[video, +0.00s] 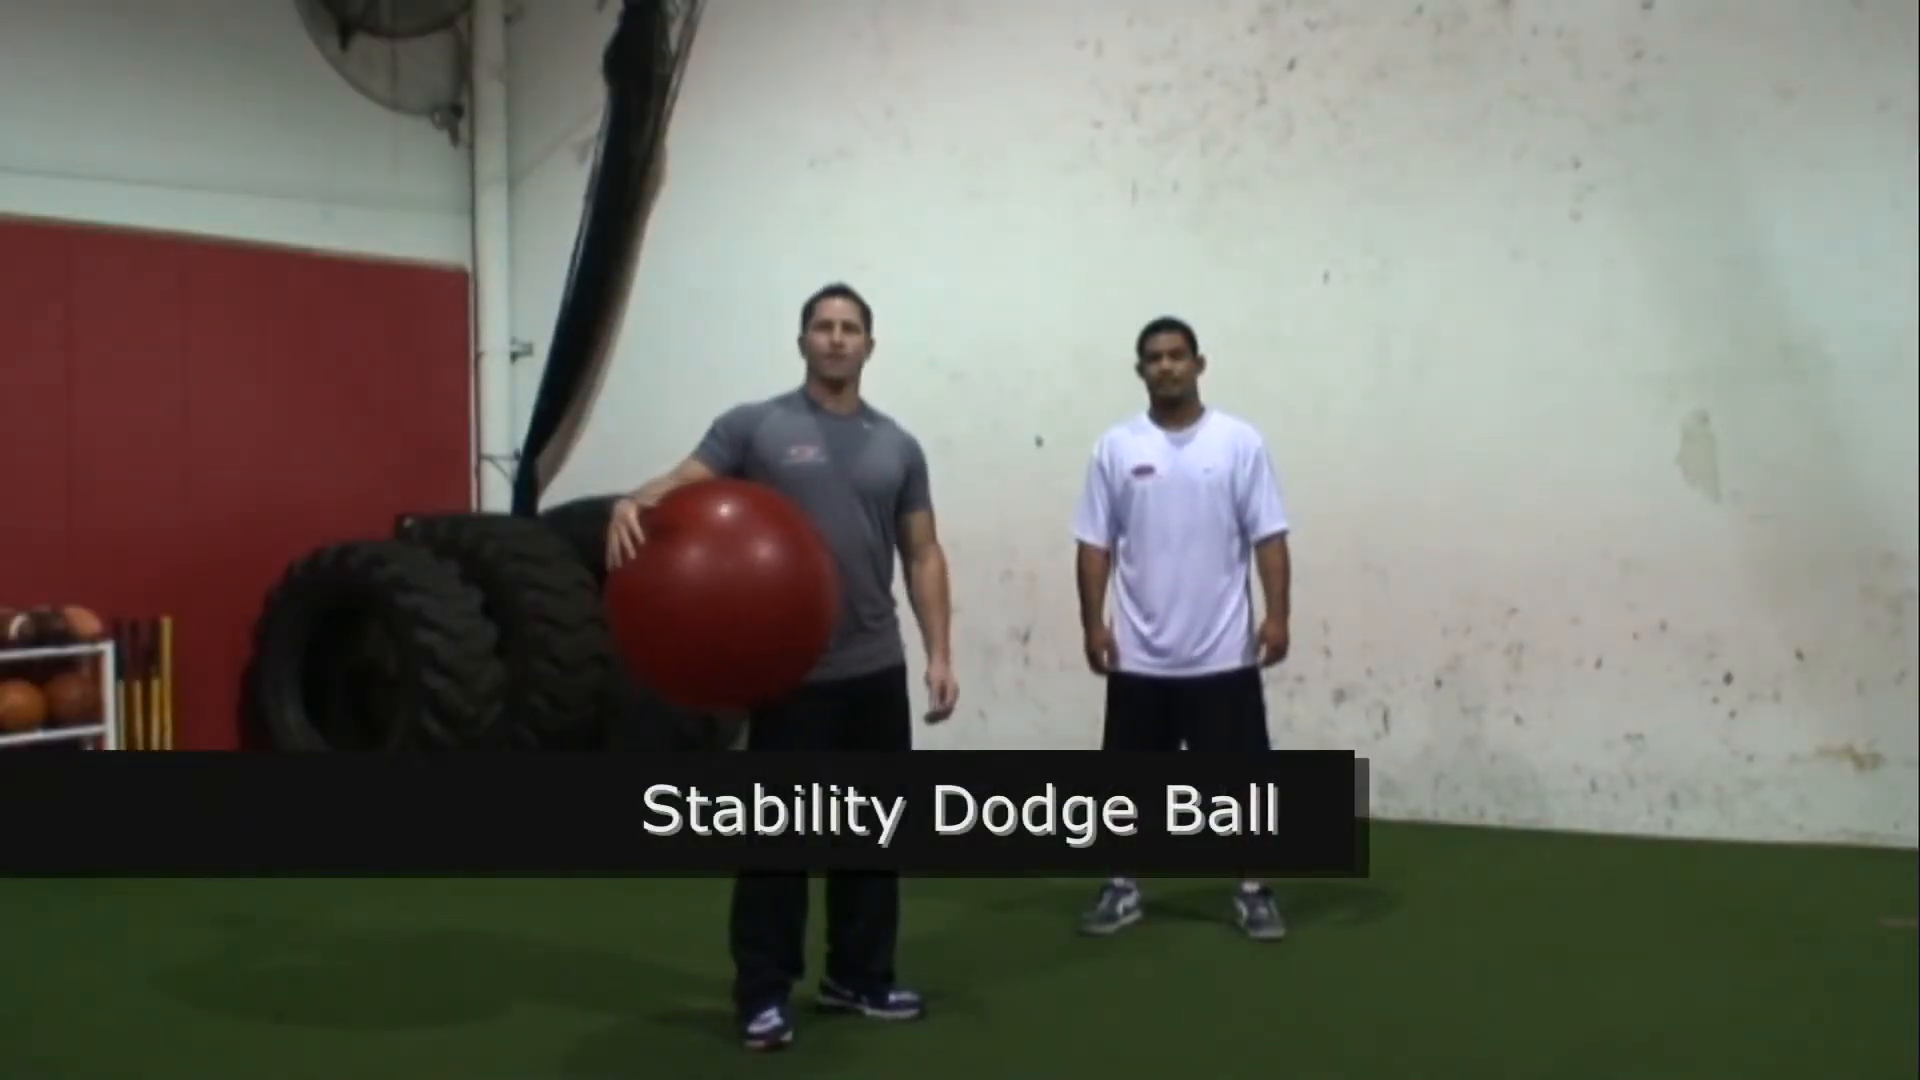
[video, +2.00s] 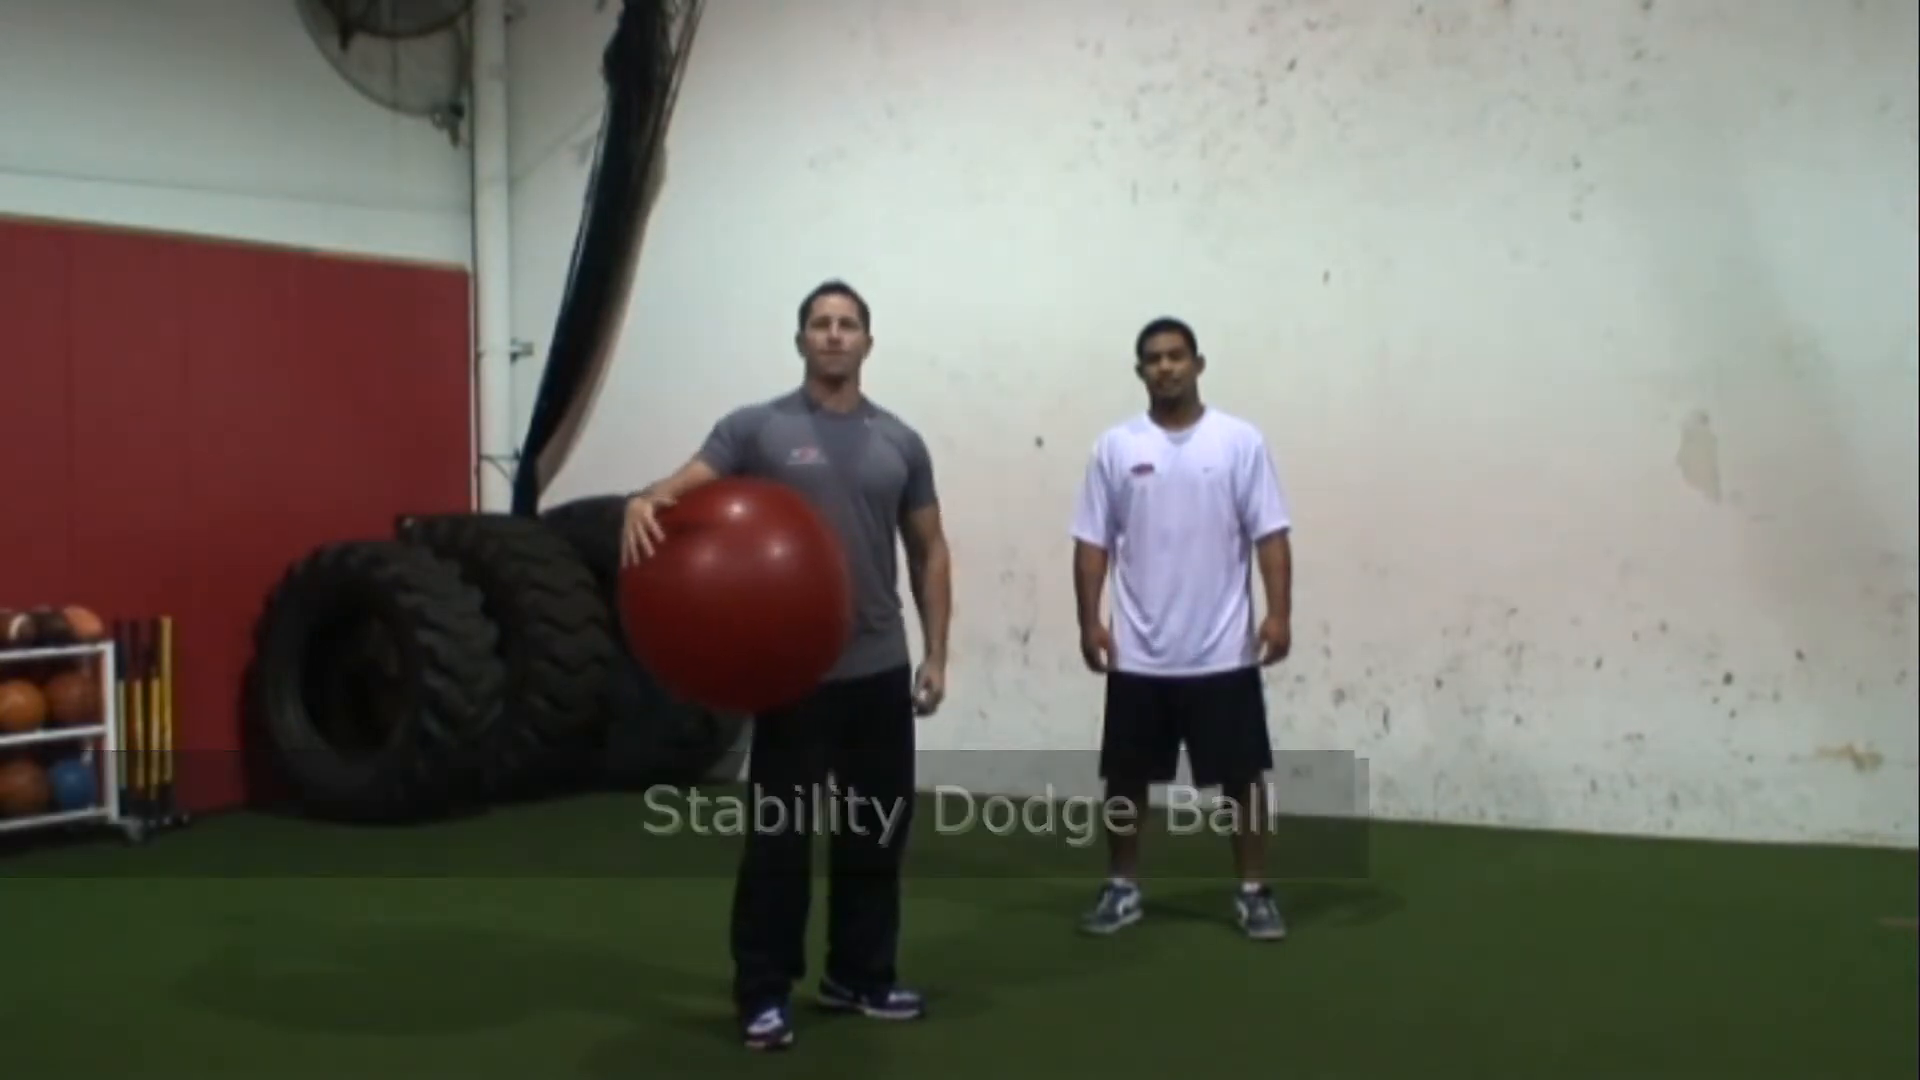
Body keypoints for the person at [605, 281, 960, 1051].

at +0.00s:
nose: (837, 338)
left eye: (850, 328)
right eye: (824, 327)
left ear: (869, 344)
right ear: (802, 341)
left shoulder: (897, 446)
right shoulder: (754, 426)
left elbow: (923, 552)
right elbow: (681, 484)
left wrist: (939, 651)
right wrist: (630, 504)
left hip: (874, 668)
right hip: (784, 673)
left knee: (873, 831)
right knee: (777, 834)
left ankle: (859, 976)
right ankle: (766, 994)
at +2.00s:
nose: (834, 335)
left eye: (847, 324)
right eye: (820, 324)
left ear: (868, 342)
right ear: (799, 340)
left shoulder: (900, 442)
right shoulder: (756, 427)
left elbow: (930, 549)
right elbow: (686, 482)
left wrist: (936, 653)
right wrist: (642, 501)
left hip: (878, 669)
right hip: (789, 671)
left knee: (875, 833)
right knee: (777, 836)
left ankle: (861, 977)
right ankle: (765, 995)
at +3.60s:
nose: (849, 338)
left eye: (862, 328)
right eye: (836, 326)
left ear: (880, 344)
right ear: (812, 338)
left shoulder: (895, 449)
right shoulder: (763, 423)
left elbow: (915, 554)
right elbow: (691, 481)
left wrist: (936, 647)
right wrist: (664, 497)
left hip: (878, 670)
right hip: (793, 671)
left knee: (873, 829)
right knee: (782, 836)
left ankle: (859, 975)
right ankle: (764, 994)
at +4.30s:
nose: (849, 339)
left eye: (862, 329)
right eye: (835, 327)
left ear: (877, 345)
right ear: (809, 338)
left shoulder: (896, 445)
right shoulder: (760, 422)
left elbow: (917, 549)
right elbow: (688, 484)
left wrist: (938, 644)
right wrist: (660, 508)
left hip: (877, 669)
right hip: (790, 669)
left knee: (874, 826)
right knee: (781, 831)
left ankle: (860, 975)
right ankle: (764, 994)